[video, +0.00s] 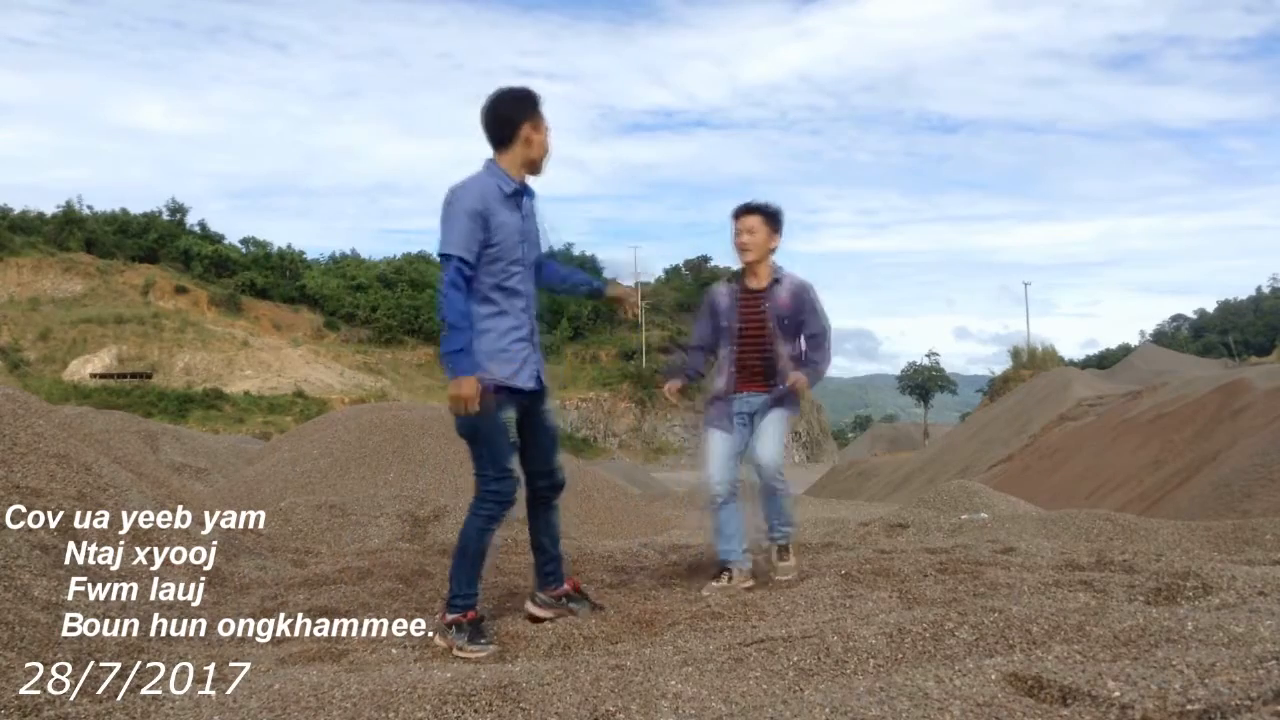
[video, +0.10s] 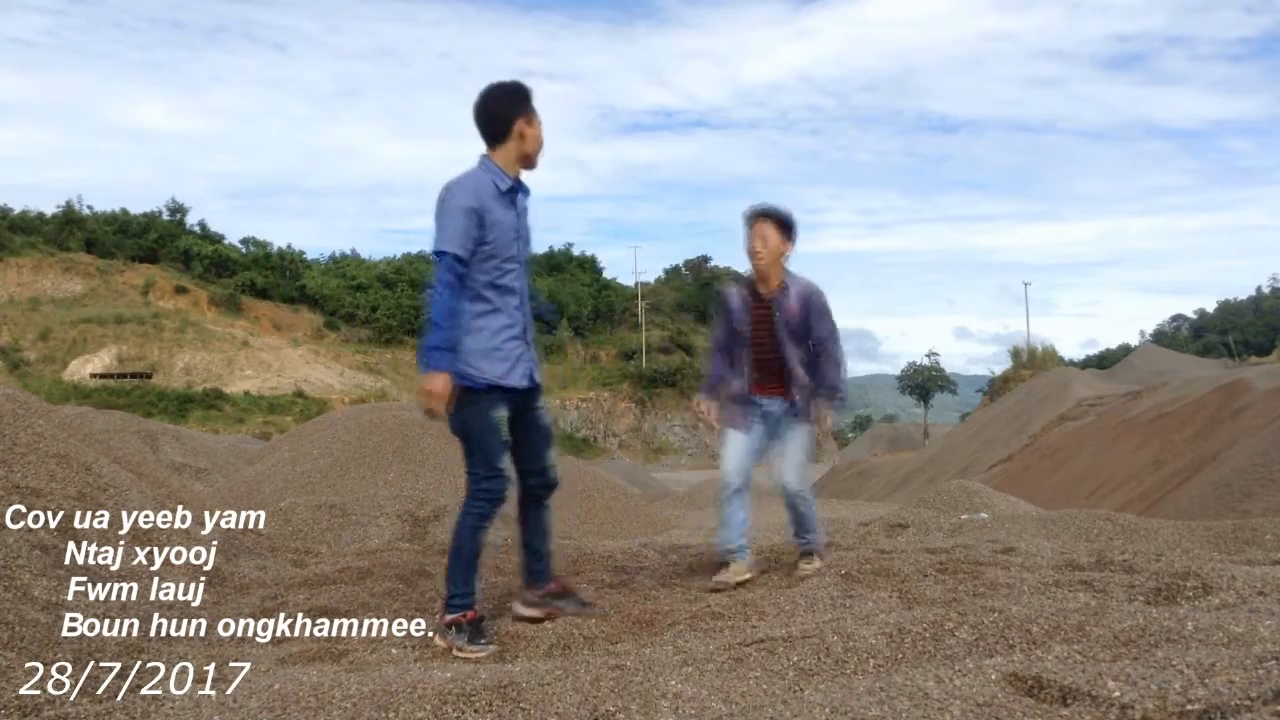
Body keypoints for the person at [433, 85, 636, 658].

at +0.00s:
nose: (549, 139)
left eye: (546, 129)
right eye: (544, 129)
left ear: (518, 135)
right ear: (525, 133)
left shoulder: (524, 201)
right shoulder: (470, 196)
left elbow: (538, 269)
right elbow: (453, 285)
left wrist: (605, 288)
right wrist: (460, 368)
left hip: (527, 372)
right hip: (484, 375)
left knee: (545, 481)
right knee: (496, 489)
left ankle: (550, 590)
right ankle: (460, 611)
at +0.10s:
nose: (542, 134)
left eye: (539, 123)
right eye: (537, 124)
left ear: (507, 130)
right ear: (519, 128)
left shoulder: (515, 196)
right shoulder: (464, 193)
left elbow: (509, 286)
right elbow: (444, 283)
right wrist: (437, 363)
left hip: (519, 370)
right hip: (473, 372)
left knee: (538, 479)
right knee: (488, 486)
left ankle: (540, 588)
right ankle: (458, 612)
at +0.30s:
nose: (538, 128)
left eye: (534, 117)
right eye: (533, 117)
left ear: (504, 125)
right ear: (517, 122)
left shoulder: (508, 194)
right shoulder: (462, 186)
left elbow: (480, 278)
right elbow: (429, 267)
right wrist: (427, 350)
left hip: (511, 367)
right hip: (465, 367)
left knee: (526, 476)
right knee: (474, 485)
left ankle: (500, 583)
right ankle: (453, 612)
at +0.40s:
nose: (535, 125)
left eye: (530, 115)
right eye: (530, 115)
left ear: (498, 123)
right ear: (515, 120)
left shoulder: (503, 188)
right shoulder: (462, 183)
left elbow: (446, 263)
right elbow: (433, 267)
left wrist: (408, 323)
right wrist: (434, 355)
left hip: (506, 366)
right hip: (464, 368)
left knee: (524, 473)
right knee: (471, 483)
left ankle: (486, 576)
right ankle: (447, 612)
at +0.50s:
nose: (531, 129)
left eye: (527, 117)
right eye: (527, 118)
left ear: (492, 126)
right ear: (513, 123)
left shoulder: (499, 192)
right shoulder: (459, 187)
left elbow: (485, 283)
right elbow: (437, 278)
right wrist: (446, 365)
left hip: (501, 370)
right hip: (463, 372)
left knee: (519, 476)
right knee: (472, 485)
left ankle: (481, 579)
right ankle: (447, 618)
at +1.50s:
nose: (550, 153)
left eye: (546, 143)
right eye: (546, 143)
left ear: (511, 151)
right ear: (534, 147)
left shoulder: (521, 207)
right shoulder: (499, 202)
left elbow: (518, 295)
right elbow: (485, 289)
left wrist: (539, 370)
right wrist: (494, 369)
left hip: (537, 380)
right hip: (510, 381)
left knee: (553, 488)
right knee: (501, 493)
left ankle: (553, 594)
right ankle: (452, 613)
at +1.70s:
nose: (569, 161)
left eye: (566, 151)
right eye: (566, 150)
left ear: (526, 155)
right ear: (554, 152)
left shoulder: (533, 211)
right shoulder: (515, 202)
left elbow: (537, 298)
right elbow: (508, 286)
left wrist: (585, 326)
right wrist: (562, 344)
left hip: (532, 377)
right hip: (505, 375)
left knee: (552, 488)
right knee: (507, 492)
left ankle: (554, 596)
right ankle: (459, 614)